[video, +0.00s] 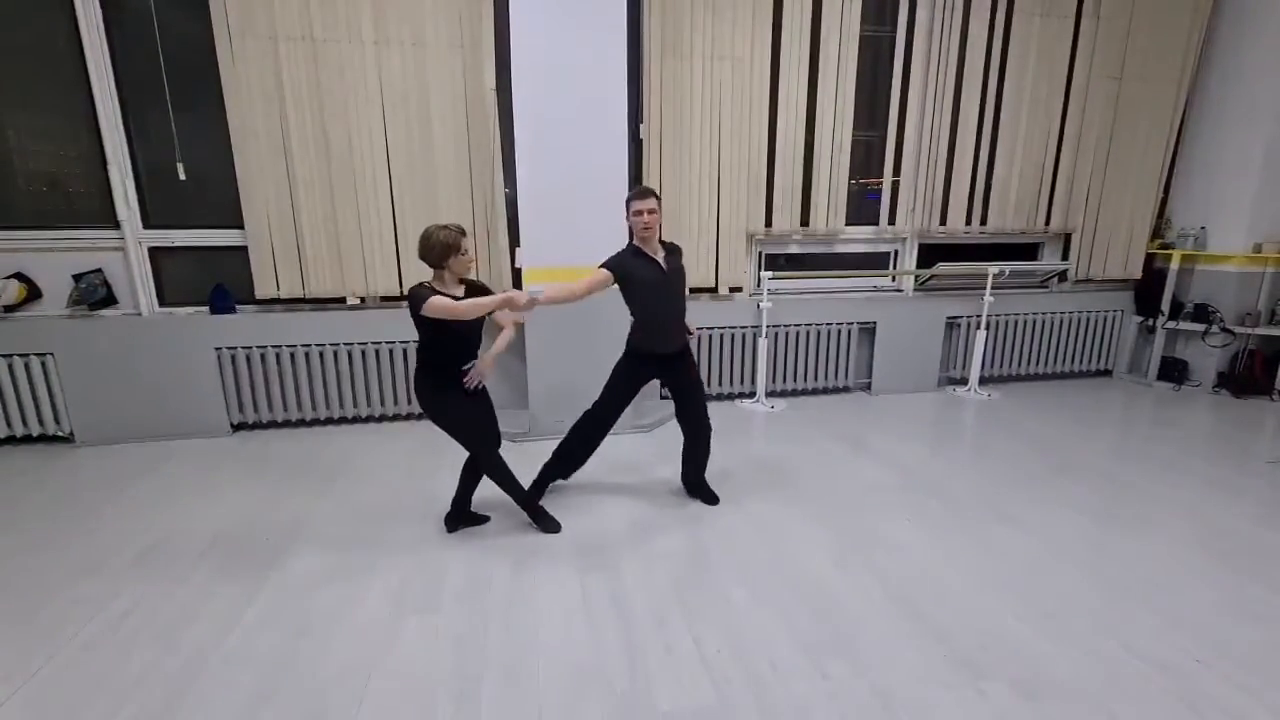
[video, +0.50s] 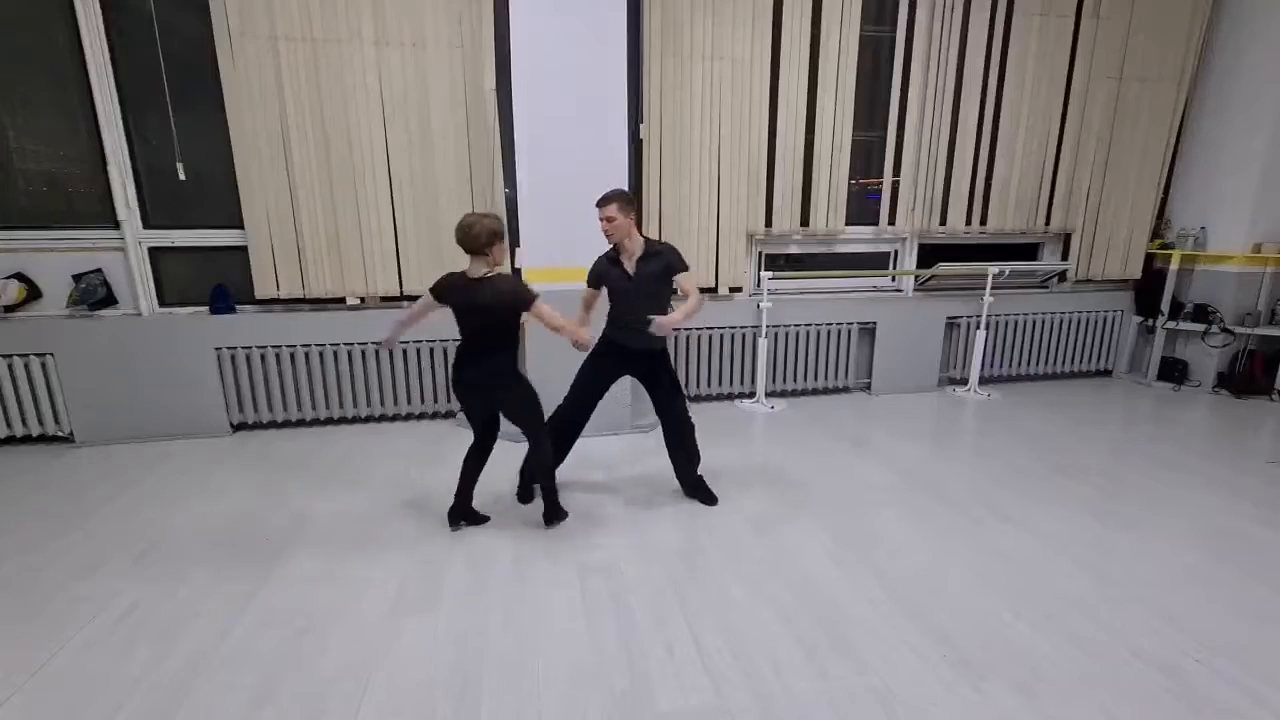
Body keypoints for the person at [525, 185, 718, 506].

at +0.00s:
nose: (645, 219)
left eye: (651, 213)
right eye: (637, 214)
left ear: (660, 216)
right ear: (628, 220)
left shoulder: (674, 253)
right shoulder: (623, 262)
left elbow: (670, 295)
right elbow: (580, 290)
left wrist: (682, 323)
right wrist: (534, 298)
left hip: (678, 353)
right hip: (641, 354)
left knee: (699, 426)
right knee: (601, 416)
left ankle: (694, 478)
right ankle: (547, 476)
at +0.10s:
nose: (639, 219)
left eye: (645, 212)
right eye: (632, 214)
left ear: (655, 215)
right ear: (623, 219)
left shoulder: (669, 252)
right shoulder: (619, 261)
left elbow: (664, 295)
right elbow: (577, 288)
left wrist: (676, 325)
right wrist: (531, 294)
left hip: (673, 352)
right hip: (638, 353)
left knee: (695, 423)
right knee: (599, 416)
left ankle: (694, 478)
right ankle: (546, 475)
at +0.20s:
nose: (630, 220)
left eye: (636, 212)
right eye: (623, 214)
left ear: (650, 214)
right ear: (617, 218)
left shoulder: (668, 251)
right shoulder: (614, 262)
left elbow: (673, 289)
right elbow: (582, 299)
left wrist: (687, 312)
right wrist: (543, 307)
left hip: (668, 351)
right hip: (633, 353)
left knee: (687, 418)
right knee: (595, 414)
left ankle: (693, 478)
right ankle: (544, 478)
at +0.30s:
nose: (616, 222)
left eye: (623, 214)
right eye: (612, 216)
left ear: (643, 214)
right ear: (610, 220)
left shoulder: (671, 251)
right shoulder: (611, 264)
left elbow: (693, 283)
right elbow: (594, 317)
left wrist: (699, 312)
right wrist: (566, 322)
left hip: (664, 351)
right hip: (626, 353)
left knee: (684, 418)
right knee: (591, 415)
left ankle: (692, 478)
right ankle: (541, 481)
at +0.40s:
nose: (607, 227)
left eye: (613, 219)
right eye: (604, 221)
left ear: (634, 217)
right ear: (604, 224)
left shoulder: (671, 252)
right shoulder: (608, 269)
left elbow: (701, 286)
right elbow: (602, 321)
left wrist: (699, 308)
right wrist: (588, 333)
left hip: (658, 353)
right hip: (618, 351)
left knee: (681, 418)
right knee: (582, 413)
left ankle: (692, 479)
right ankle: (543, 477)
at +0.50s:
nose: (604, 227)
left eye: (610, 219)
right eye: (601, 221)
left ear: (631, 218)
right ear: (602, 223)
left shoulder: (665, 255)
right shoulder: (604, 265)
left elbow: (695, 296)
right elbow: (586, 307)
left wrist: (677, 317)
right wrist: (578, 331)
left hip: (652, 352)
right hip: (611, 350)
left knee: (677, 416)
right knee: (573, 410)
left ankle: (691, 479)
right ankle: (533, 470)